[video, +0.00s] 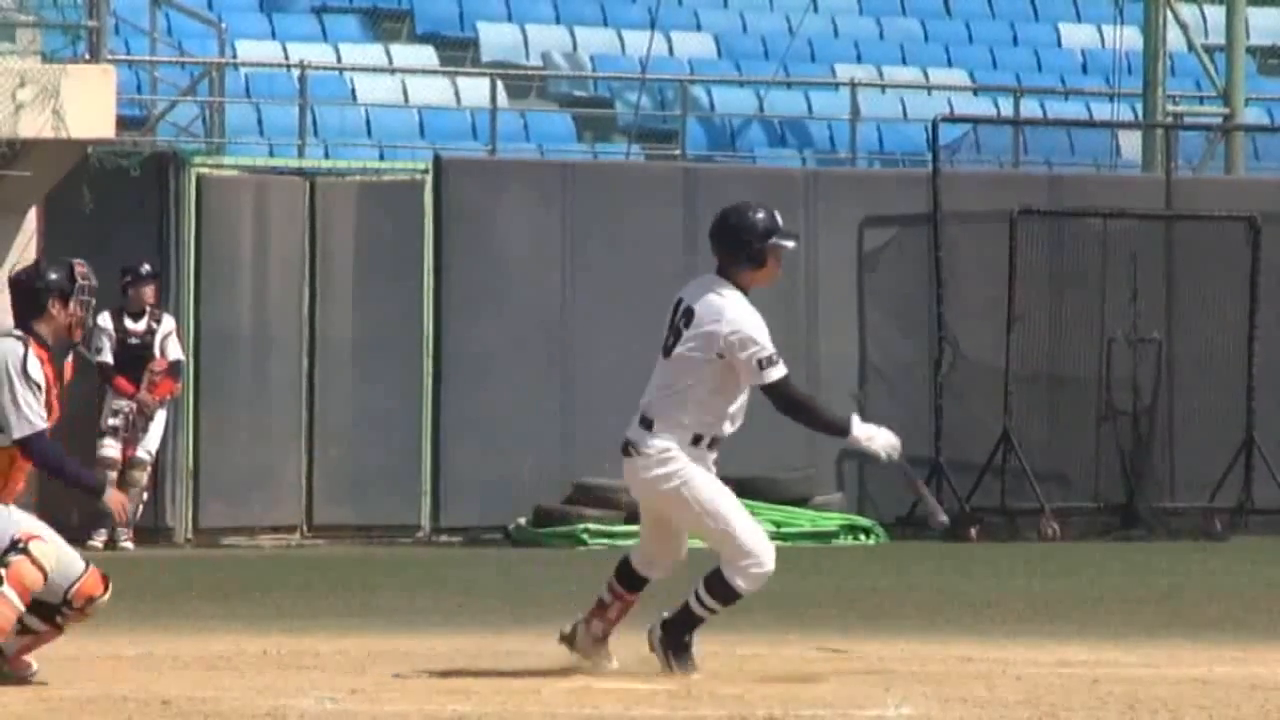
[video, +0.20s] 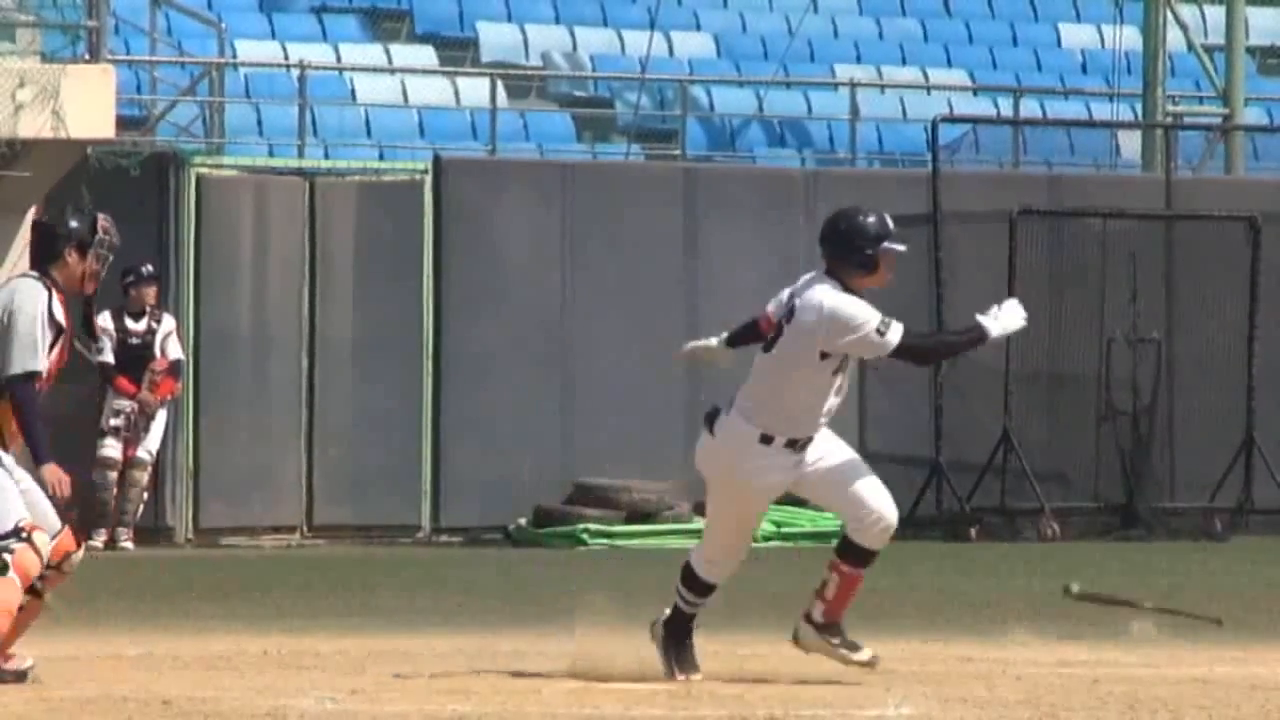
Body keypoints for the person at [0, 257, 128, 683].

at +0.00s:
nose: (80, 312)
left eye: (80, 302)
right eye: (74, 302)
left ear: (50, 307)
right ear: (52, 307)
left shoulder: (45, 356)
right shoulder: (14, 354)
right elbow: (35, 444)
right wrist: (101, 489)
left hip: (8, 509)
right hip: (3, 509)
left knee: (84, 586)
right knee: (25, 566)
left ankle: (9, 653)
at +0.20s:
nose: (97, 274)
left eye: (101, 264)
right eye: (95, 261)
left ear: (72, 256)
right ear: (70, 253)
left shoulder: (47, 299)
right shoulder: (29, 295)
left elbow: (21, 382)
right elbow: (18, 382)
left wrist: (37, 461)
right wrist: (45, 460)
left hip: (10, 451)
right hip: (3, 451)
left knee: (59, 547)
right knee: (39, 548)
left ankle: (4, 648)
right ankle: (2, 648)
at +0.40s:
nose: (110, 245)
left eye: (114, 235)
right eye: (107, 233)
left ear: (91, 230)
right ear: (82, 226)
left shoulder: (62, 277)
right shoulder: (34, 266)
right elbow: (8, 347)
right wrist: (17, 422)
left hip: (13, 425)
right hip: (3, 425)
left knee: (46, 516)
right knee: (48, 512)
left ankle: (18, 648)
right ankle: (17, 648)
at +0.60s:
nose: (115, 218)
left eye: (116, 208)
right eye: (110, 207)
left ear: (84, 208)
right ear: (84, 209)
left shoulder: (63, 261)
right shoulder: (35, 253)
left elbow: (46, 357)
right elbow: (1, 336)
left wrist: (81, 423)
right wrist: (12, 408)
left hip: (16, 416)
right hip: (4, 416)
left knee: (20, 536)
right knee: (60, 518)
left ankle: (14, 649)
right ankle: (36, 656)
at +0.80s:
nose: (122, 202)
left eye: (124, 193)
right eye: (116, 191)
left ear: (95, 193)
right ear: (89, 191)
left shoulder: (77, 249)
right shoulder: (38, 246)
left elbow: (71, 347)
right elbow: (14, 338)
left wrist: (110, 399)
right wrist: (22, 416)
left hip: (46, 401)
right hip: (22, 403)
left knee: (45, 525)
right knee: (67, 525)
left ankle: (20, 649)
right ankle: (31, 658)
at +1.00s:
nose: (130, 194)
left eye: (131, 184)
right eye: (124, 183)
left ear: (104, 183)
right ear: (98, 182)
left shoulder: (94, 240)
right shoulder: (47, 239)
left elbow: (83, 331)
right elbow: (29, 330)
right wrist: (58, 409)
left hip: (68, 391)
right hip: (26, 392)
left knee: (101, 517)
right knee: (59, 520)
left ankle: (54, 638)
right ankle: (25, 655)